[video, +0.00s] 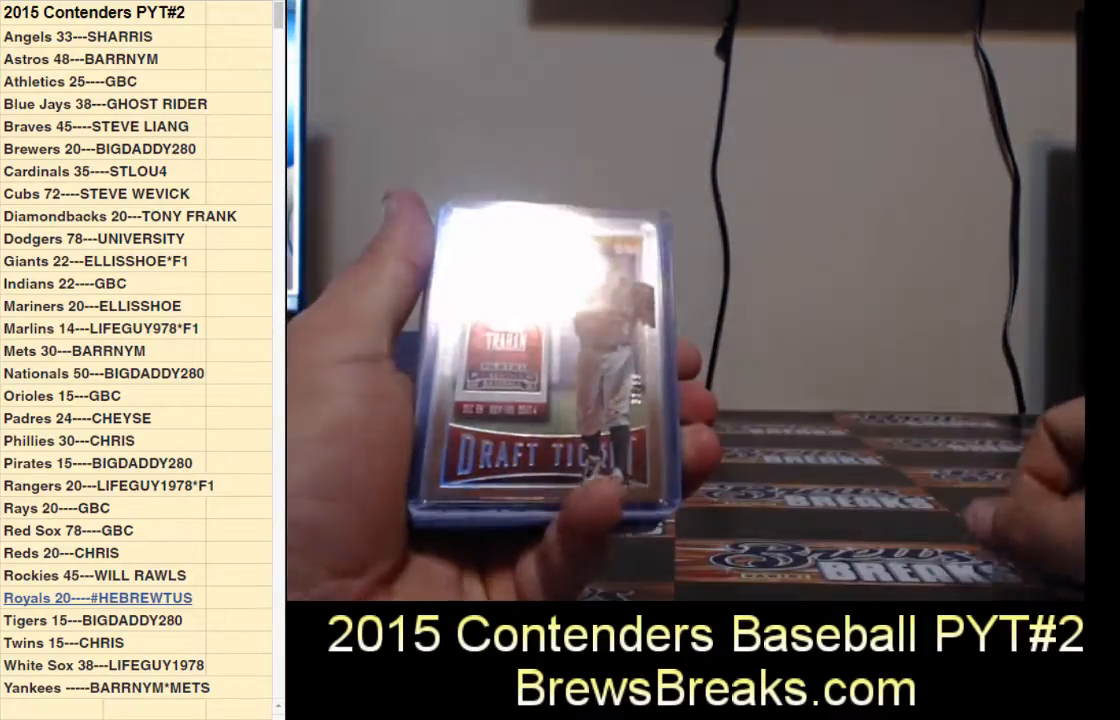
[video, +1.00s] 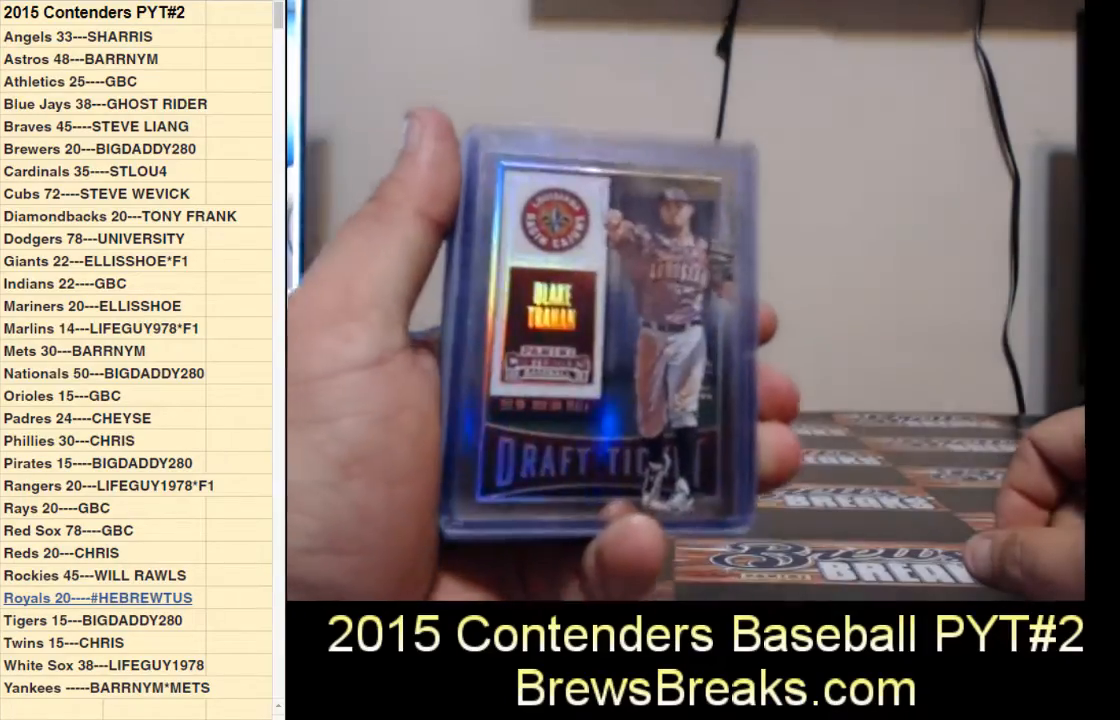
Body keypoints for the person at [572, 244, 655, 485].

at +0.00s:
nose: (611, 273)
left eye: (615, 269)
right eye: (607, 267)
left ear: (622, 267)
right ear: (601, 266)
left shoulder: (632, 290)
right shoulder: (592, 288)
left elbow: (651, 319)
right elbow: (579, 318)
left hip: (619, 350)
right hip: (590, 351)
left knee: (617, 410)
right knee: (588, 410)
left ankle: (620, 470)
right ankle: (595, 464)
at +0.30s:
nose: (628, 259)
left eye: (633, 252)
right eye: (622, 253)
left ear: (641, 255)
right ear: (614, 254)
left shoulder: (650, 284)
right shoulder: (603, 283)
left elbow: (666, 314)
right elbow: (577, 272)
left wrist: (670, 297)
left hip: (644, 350)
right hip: (610, 351)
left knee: (641, 418)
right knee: (612, 419)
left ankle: (644, 484)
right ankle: (618, 479)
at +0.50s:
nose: (662, 249)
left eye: (668, 243)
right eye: (657, 243)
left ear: (678, 249)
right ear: (650, 248)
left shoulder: (691, 283)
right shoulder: (639, 275)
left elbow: (709, 321)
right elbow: (622, 266)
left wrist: (711, 304)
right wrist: (612, 259)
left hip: (677, 361)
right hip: (643, 361)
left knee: (672, 430)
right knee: (641, 432)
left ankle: (673, 500)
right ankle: (645, 490)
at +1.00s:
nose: (673, 211)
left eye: (680, 205)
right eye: (668, 205)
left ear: (691, 211)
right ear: (660, 210)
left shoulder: (702, 249)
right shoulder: (646, 241)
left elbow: (724, 292)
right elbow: (628, 234)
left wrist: (725, 274)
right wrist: (617, 225)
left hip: (689, 335)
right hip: (652, 334)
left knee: (682, 410)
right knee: (650, 411)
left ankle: (683, 485)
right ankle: (655, 470)